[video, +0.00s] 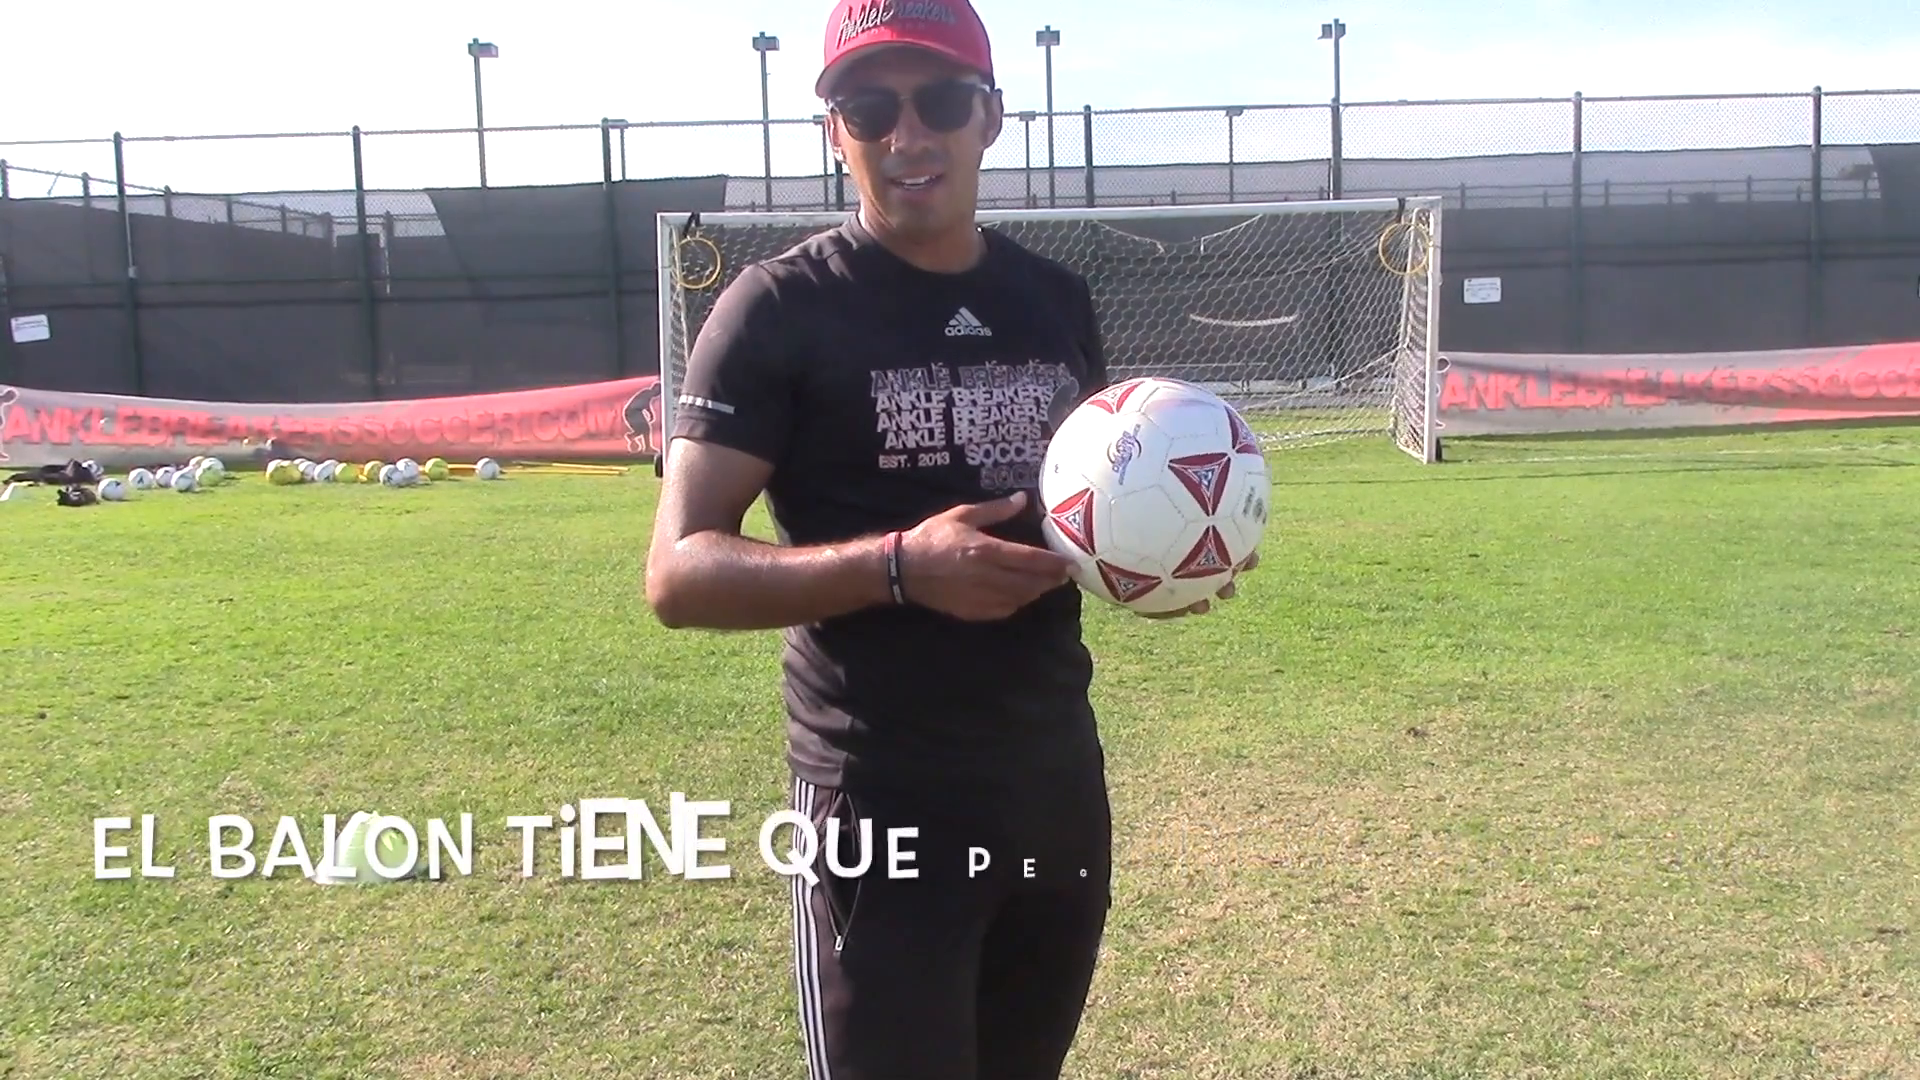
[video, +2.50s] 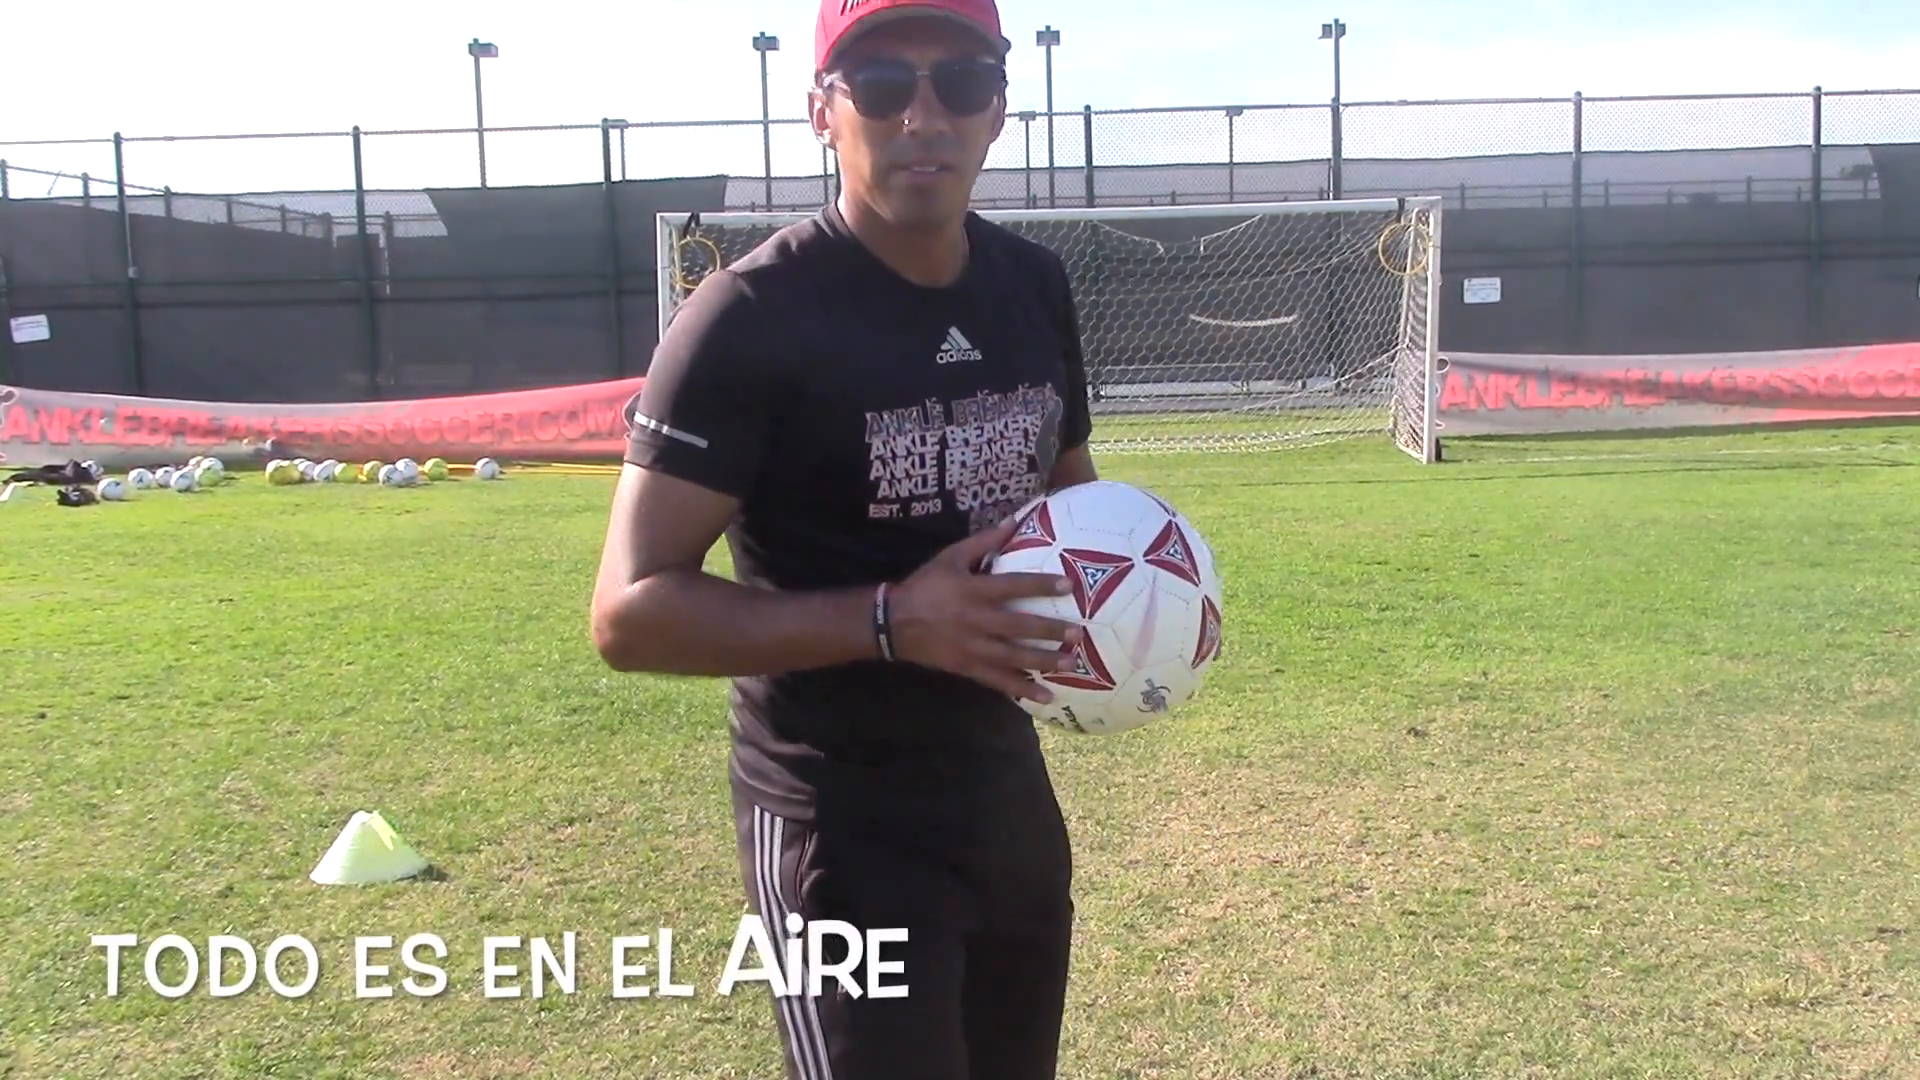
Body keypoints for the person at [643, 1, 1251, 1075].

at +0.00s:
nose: (909, 139)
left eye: (941, 104)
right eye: (874, 109)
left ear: (990, 118)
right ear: (836, 135)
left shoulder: (1053, 300)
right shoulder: (774, 309)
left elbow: (1093, 499)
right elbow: (678, 574)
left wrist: (1161, 482)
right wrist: (897, 567)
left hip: (1053, 771)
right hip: (876, 783)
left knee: (1023, 1063)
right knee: (890, 1062)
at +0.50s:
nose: (908, 137)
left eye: (940, 104)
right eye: (874, 109)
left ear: (989, 119)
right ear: (837, 133)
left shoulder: (1057, 298)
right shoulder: (775, 300)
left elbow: (1094, 526)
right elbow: (678, 562)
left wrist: (1157, 554)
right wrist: (915, 562)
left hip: (1050, 764)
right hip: (872, 777)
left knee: (1020, 1062)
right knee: (887, 1062)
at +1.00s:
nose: (920, 134)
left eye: (952, 101)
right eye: (884, 104)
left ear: (996, 118)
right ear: (841, 129)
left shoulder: (1056, 297)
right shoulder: (776, 304)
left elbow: (1087, 527)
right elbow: (685, 571)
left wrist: (1165, 553)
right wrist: (925, 564)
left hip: (1052, 772)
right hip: (873, 783)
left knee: (1022, 1063)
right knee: (889, 1062)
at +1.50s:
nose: (918, 122)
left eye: (946, 89)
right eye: (880, 97)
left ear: (993, 109)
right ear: (841, 131)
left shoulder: (1060, 288)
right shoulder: (776, 307)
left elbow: (1111, 541)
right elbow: (692, 586)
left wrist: (1157, 539)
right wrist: (831, 537)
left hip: (1058, 780)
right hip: (878, 792)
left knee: (1028, 1063)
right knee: (890, 1061)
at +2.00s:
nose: (904, 116)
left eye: (940, 86)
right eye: (871, 92)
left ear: (1001, 117)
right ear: (841, 124)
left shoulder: (1070, 295)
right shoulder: (771, 309)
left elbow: (1120, 501)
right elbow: (667, 572)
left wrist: (1146, 525)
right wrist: (858, 547)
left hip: (1050, 775)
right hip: (870, 789)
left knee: (1024, 1062)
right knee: (894, 1061)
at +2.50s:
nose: (927, 119)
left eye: (963, 85)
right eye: (884, 86)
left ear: (998, 111)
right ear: (824, 112)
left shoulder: (1030, 286)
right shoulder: (745, 318)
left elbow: (1069, 499)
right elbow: (628, 611)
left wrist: (1154, 601)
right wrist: (884, 619)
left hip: (1001, 771)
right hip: (835, 803)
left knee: (1019, 1063)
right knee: (888, 1063)